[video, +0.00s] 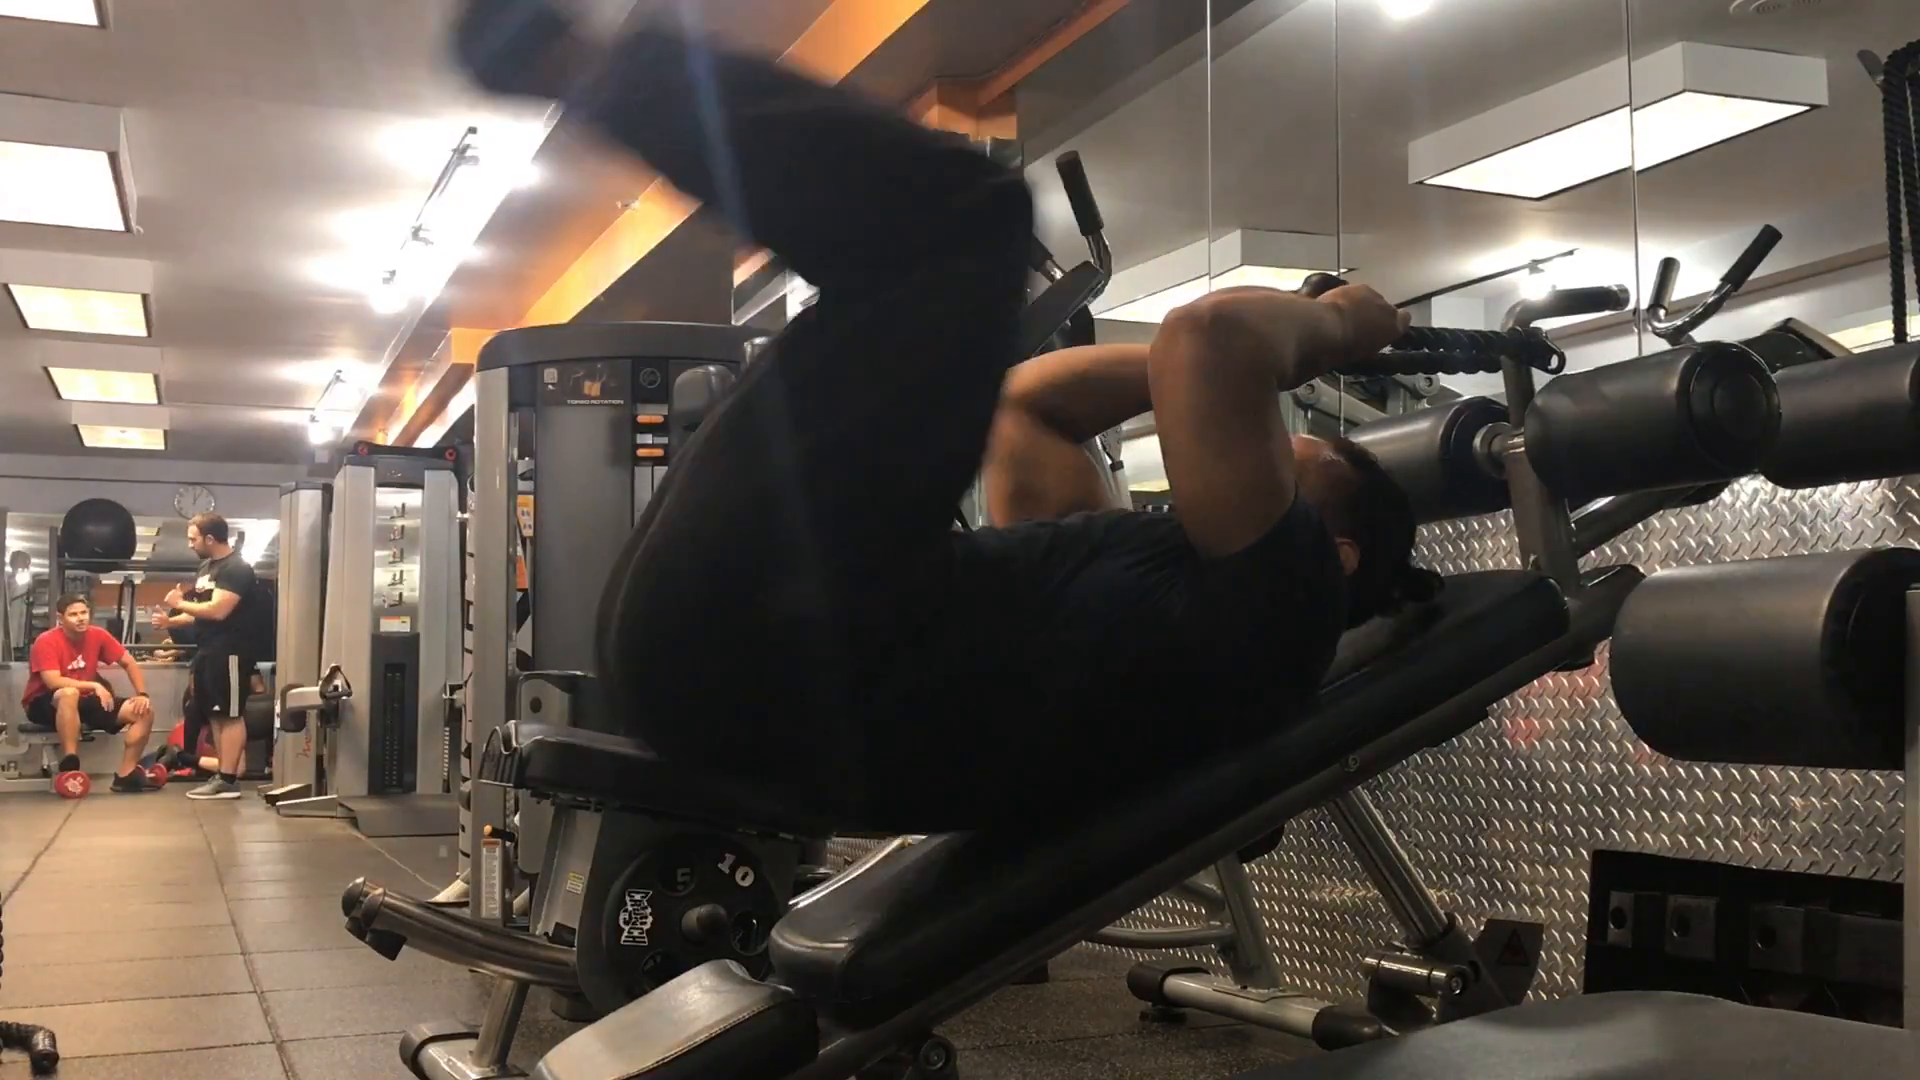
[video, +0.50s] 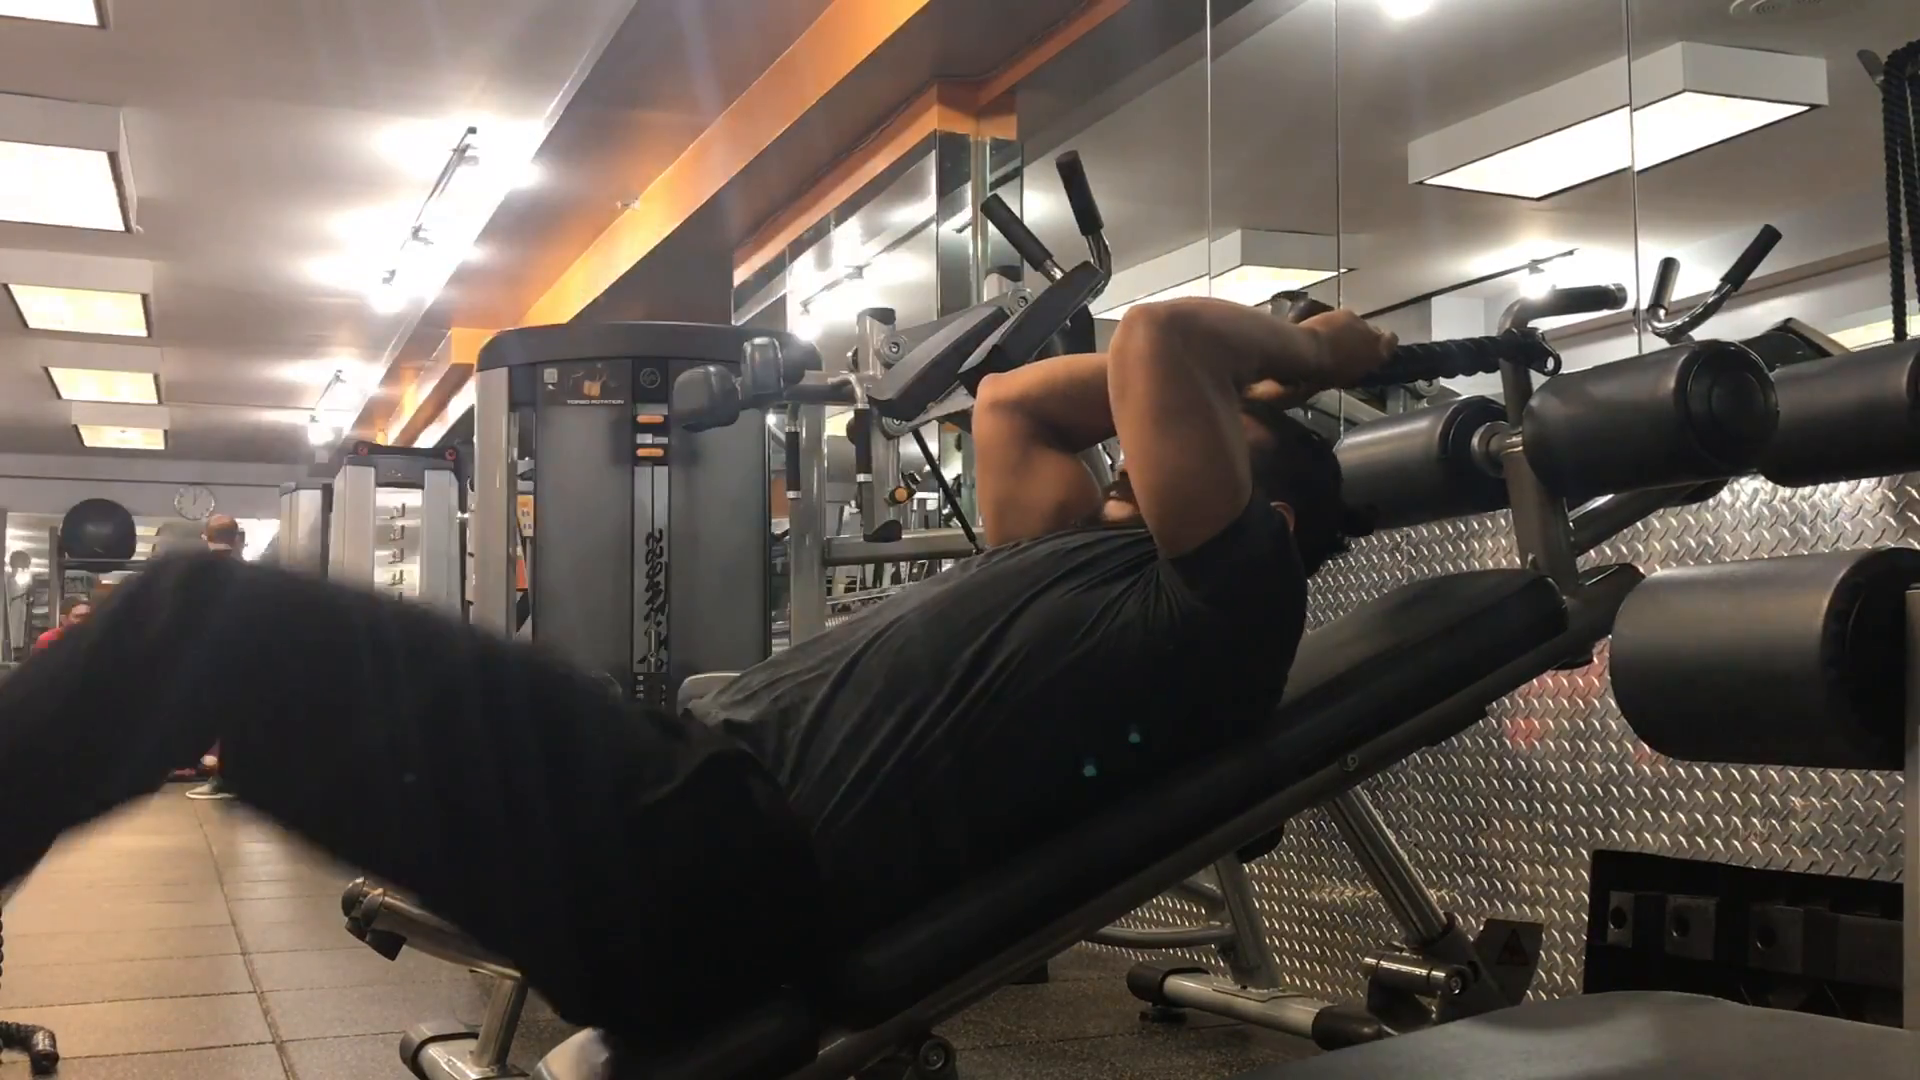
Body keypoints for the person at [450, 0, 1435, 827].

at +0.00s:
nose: (1296, 444)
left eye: (1325, 457)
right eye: (1311, 440)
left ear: (1341, 543)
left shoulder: (1283, 599)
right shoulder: (1134, 593)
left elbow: (1211, 338)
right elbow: (1025, 405)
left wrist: (1333, 318)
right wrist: (1206, 371)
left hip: (758, 675)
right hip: (710, 667)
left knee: (973, 213)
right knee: (956, 233)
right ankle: (576, 61)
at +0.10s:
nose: (1265, 448)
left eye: (1296, 452)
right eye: (1284, 444)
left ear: (1322, 514)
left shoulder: (1263, 606)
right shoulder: (1109, 576)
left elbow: (1198, 331)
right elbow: (1011, 400)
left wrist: (1334, 325)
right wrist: (1213, 372)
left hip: (744, 741)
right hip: (705, 710)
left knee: (840, 234)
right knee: (820, 271)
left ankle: (380, 176)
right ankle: (397, 180)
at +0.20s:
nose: (1222, 453)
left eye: (1266, 456)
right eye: (1248, 447)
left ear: (1298, 503)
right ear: (1239, 482)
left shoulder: (1241, 604)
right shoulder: (1090, 568)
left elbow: (1183, 320)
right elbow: (1011, 398)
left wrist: (1322, 336)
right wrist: (1204, 367)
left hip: (751, 805)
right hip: (702, 753)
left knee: (704, 285)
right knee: (686, 292)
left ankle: (214, 339)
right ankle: (223, 338)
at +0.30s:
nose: (1206, 470)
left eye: (1247, 469)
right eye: (1231, 459)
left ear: (1280, 512)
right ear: (1223, 500)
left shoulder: (1229, 620)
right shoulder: (1088, 579)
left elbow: (1173, 327)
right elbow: (1014, 399)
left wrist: (1320, 343)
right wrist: (1211, 393)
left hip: (753, 868)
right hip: (717, 804)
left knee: (507, 350)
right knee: (507, 342)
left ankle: (71, 541)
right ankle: (85, 533)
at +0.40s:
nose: (1197, 460)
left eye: (1239, 450)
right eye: (1216, 447)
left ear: (1277, 503)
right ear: (1212, 499)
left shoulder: (1236, 625)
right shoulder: (1086, 582)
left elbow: (1165, 331)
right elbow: (1012, 404)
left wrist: (1306, 343)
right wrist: (1213, 407)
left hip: (735, 882)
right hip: (698, 799)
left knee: (342, 467)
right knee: (344, 463)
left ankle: (27, 676)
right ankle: (46, 642)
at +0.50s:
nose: (1161, 464)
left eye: (1207, 450)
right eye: (1187, 456)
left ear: (1255, 500)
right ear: (1211, 510)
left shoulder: (1229, 621)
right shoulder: (1078, 579)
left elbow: (1162, 334)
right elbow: (1009, 407)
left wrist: (1311, 346)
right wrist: (1207, 407)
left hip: (706, 876)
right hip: (681, 782)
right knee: (209, 605)